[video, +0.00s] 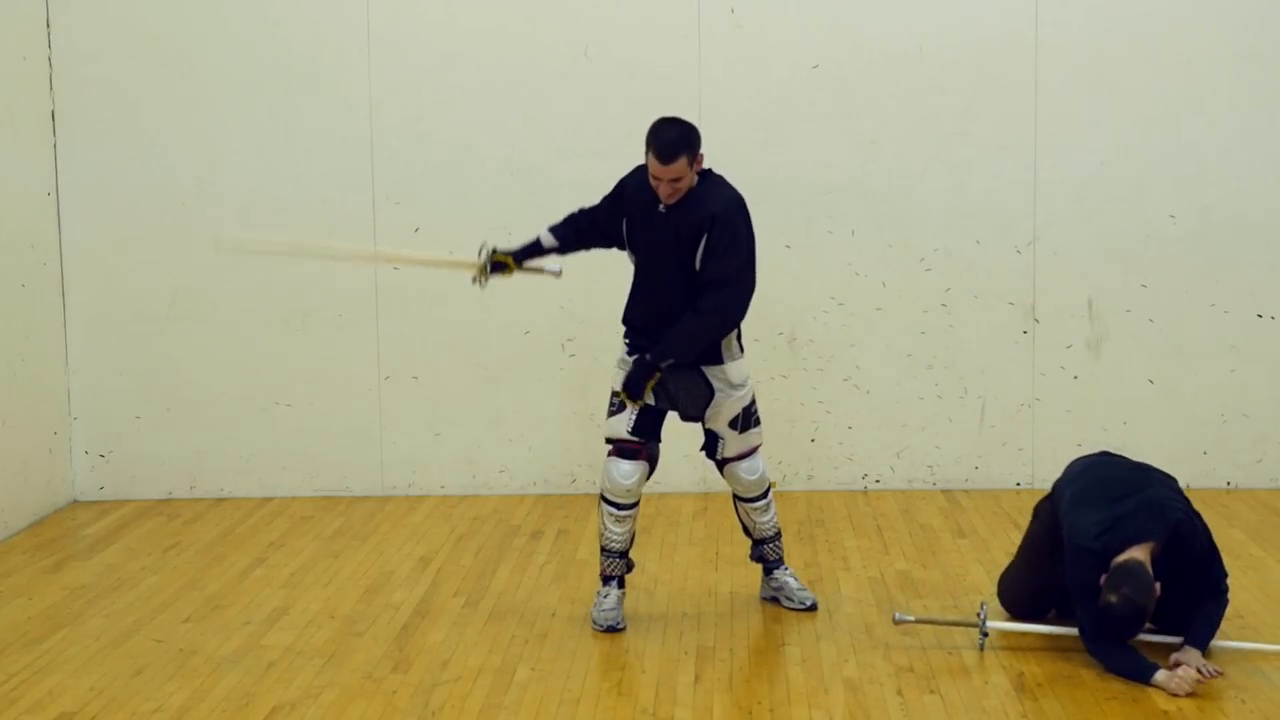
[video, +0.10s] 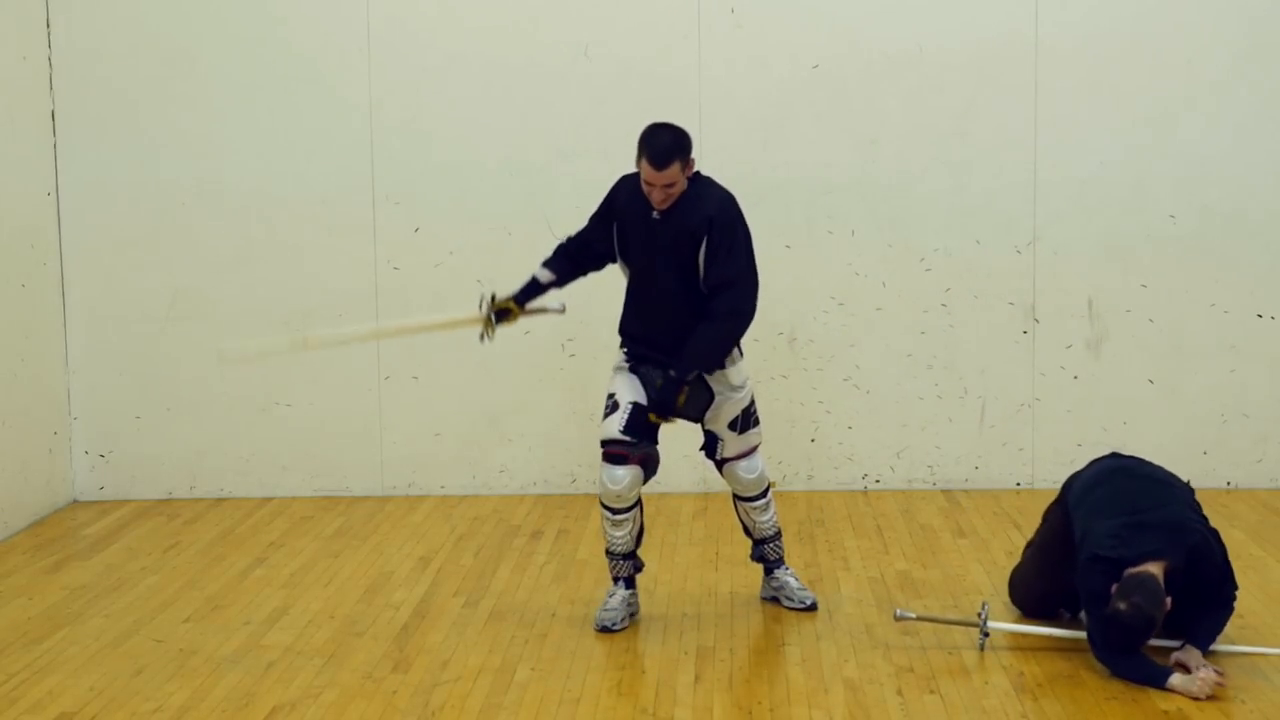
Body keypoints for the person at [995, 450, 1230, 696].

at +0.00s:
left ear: (1156, 593)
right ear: (1102, 581)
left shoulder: (1185, 532)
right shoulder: (1085, 549)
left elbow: (1216, 591)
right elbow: (1096, 639)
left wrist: (1194, 648)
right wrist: (1158, 676)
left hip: (1155, 484)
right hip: (1080, 482)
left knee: (1179, 619)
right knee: (1017, 602)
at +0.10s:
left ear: (1167, 603)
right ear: (1113, 591)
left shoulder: (1202, 551)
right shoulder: (1096, 565)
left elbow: (1224, 595)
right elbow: (1109, 649)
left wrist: (1195, 647)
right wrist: (1174, 682)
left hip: (1166, 488)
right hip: (1091, 484)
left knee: (1182, 627)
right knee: (1029, 599)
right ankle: (1078, 600)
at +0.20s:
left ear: (1177, 616)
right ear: (1125, 601)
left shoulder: (1217, 573)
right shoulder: (1111, 573)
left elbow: (1231, 605)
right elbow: (1113, 655)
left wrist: (1198, 647)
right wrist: (1182, 685)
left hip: (1173, 491)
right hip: (1099, 487)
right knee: (1040, 604)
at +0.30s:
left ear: (1184, 630)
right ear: (1134, 604)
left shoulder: (1223, 579)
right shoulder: (1120, 573)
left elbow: (1242, 623)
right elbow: (1116, 660)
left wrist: (1218, 659)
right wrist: (1184, 686)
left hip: (1178, 499)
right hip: (1104, 497)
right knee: (1043, 605)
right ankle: (1038, 536)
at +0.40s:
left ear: (1185, 634)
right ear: (1136, 611)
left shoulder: (1229, 584)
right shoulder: (1124, 574)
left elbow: (1260, 649)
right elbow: (1114, 660)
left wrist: (1234, 674)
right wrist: (1186, 688)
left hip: (1181, 508)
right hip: (1109, 511)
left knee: (1213, 625)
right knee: (1056, 600)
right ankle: (1021, 538)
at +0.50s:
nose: (1126, 629)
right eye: (1130, 627)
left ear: (1180, 640)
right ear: (1136, 612)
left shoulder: (1230, 590)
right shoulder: (1125, 577)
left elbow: (1273, 661)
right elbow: (1114, 663)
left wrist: (1249, 685)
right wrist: (1181, 693)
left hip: (1185, 525)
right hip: (1113, 528)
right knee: (1068, 598)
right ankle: (1007, 542)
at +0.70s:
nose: (1158, 674)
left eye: (1160, 668)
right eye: (1146, 667)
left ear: (1182, 648)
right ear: (1132, 627)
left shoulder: (1230, 601)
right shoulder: (1125, 591)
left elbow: (1279, 668)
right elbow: (1111, 671)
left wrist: (1259, 697)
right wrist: (1184, 700)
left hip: (1199, 560)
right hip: (1112, 571)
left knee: (1276, 602)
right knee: (1055, 570)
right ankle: (1006, 540)